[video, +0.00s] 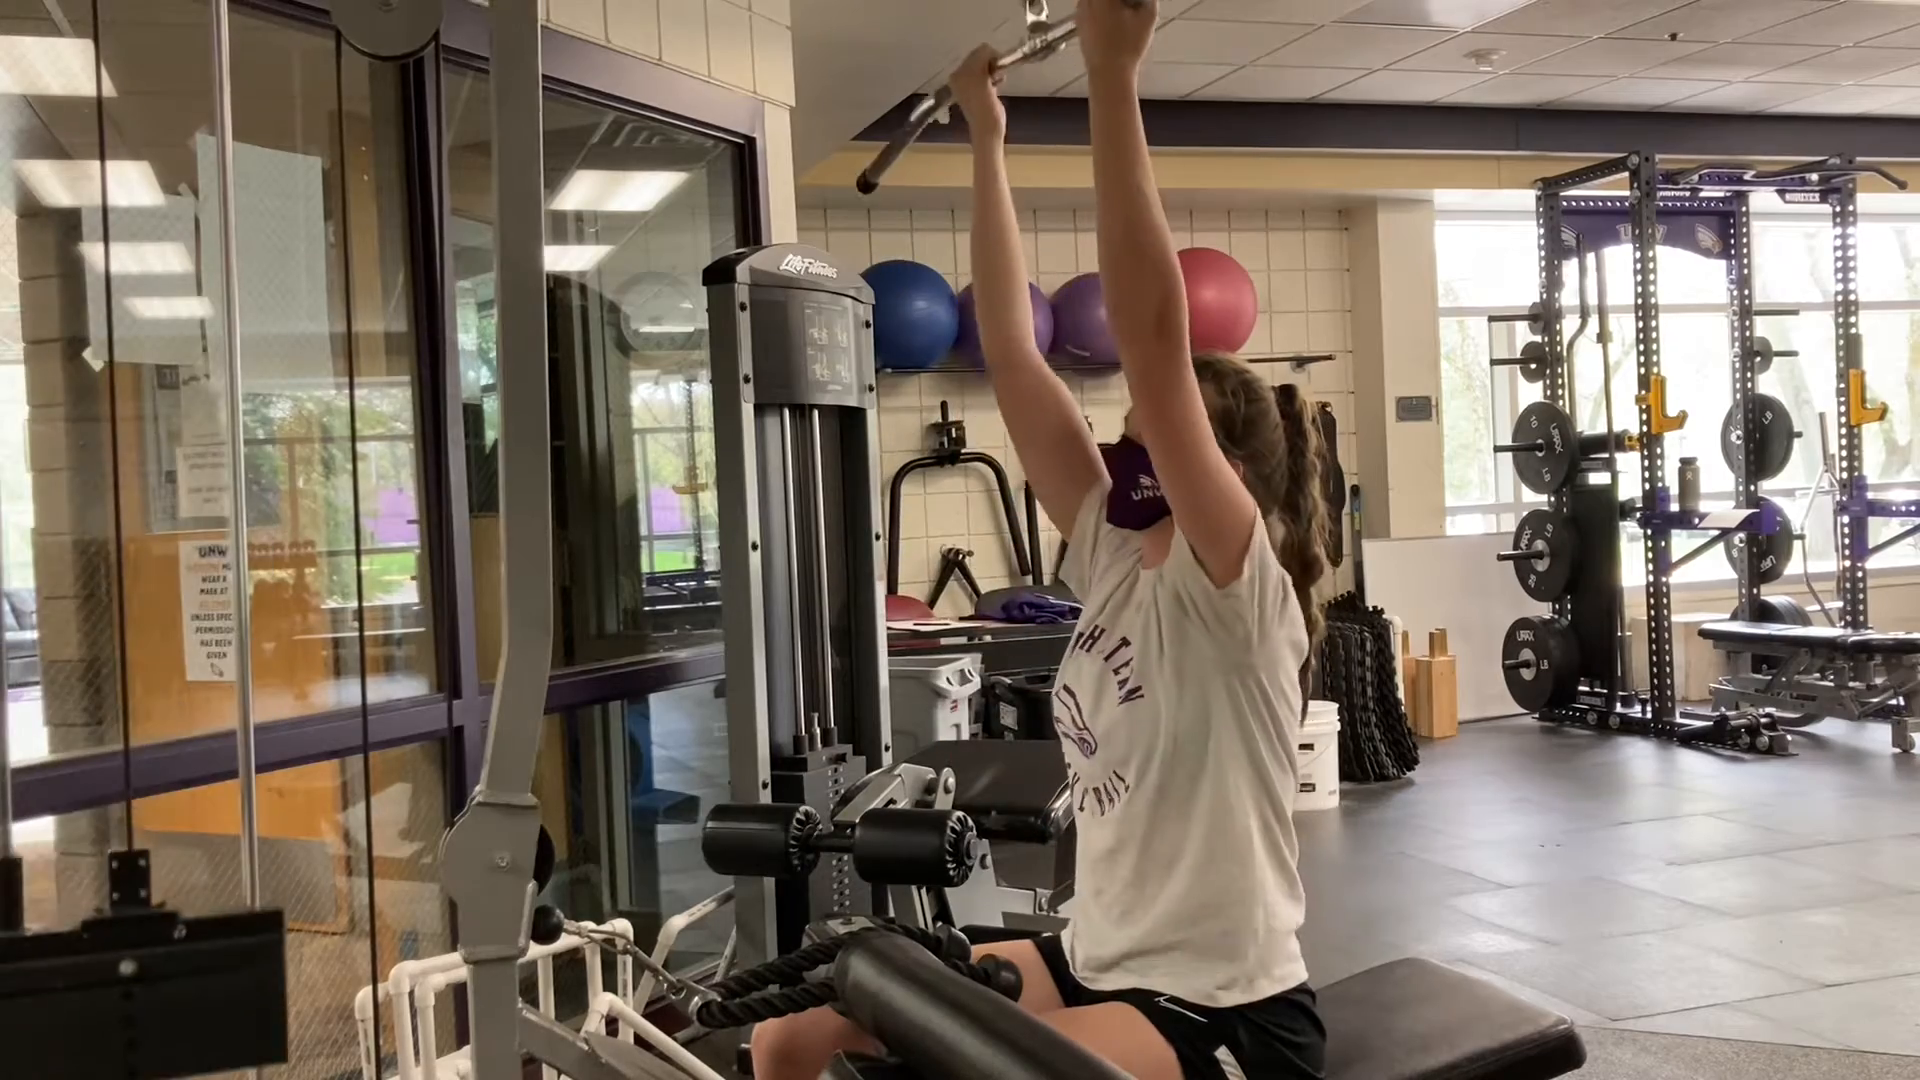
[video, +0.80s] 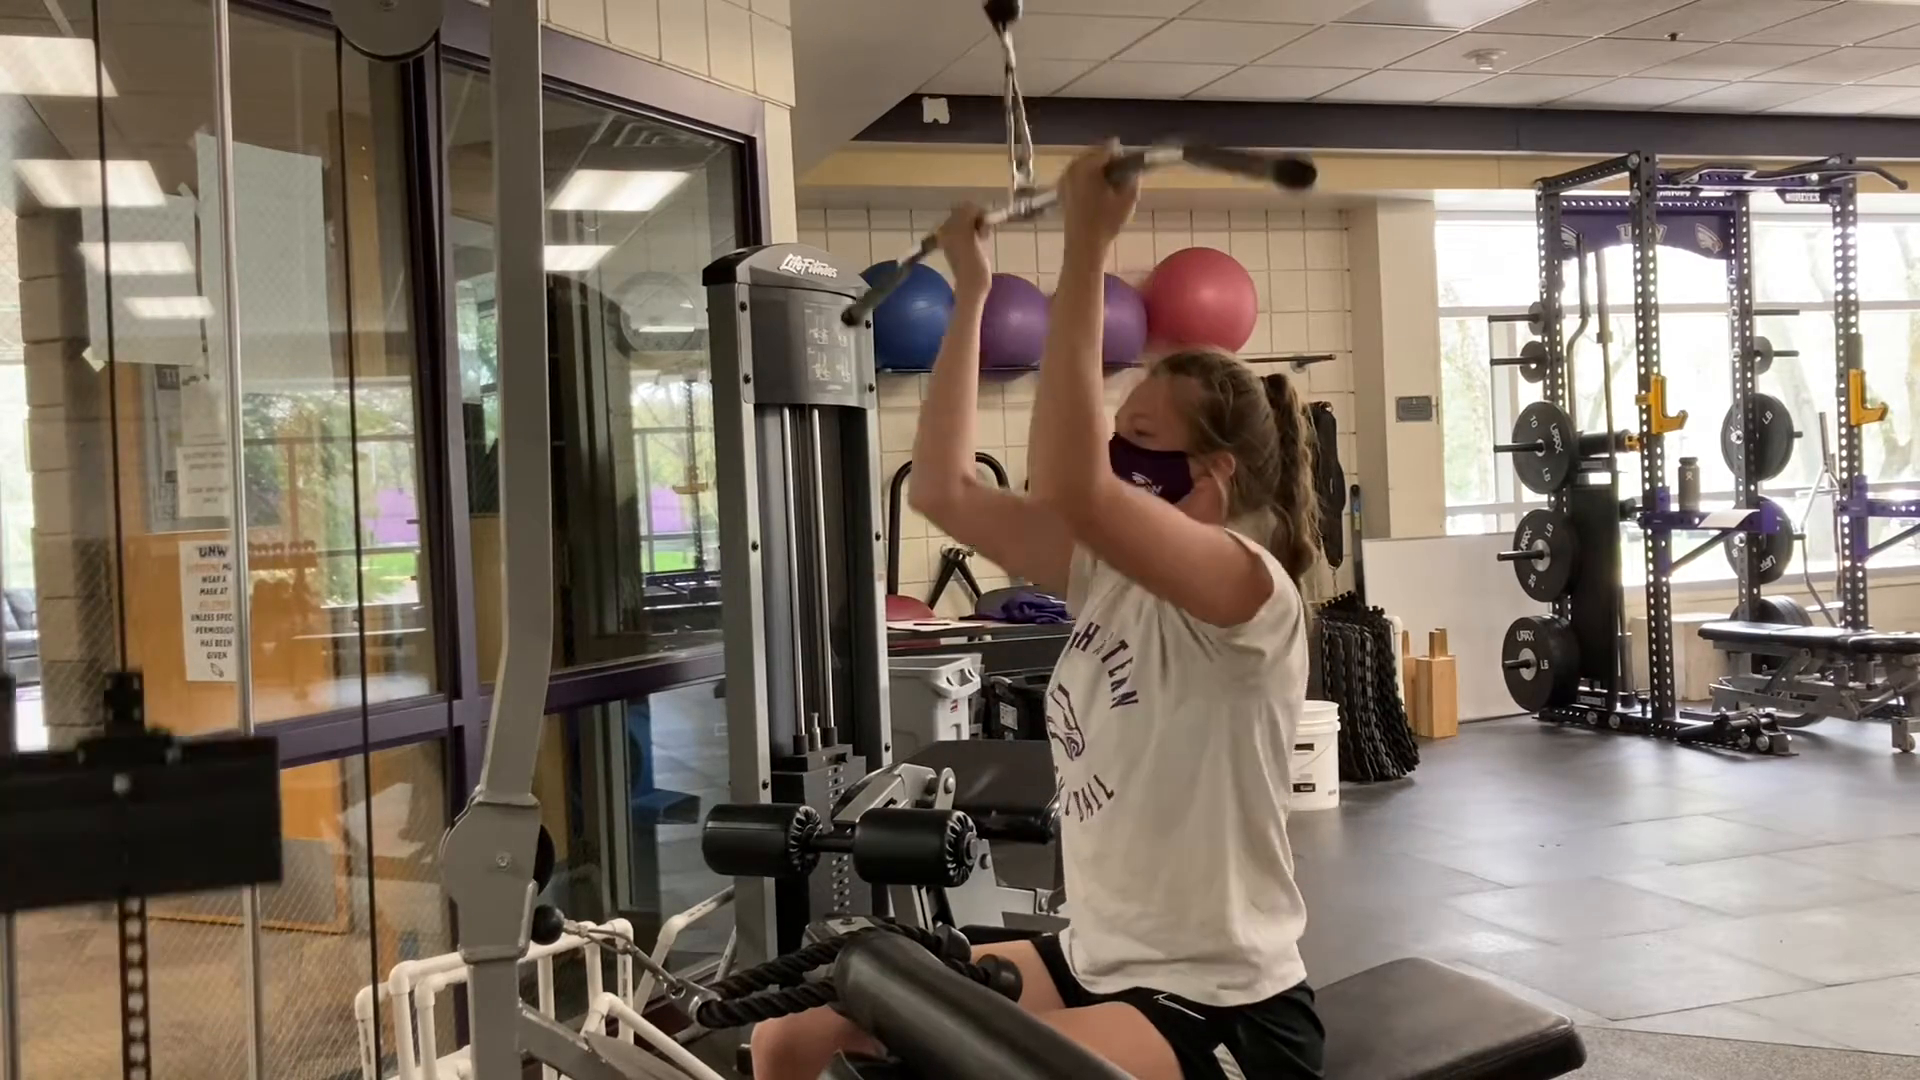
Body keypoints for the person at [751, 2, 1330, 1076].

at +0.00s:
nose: (1141, 436)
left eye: (1174, 412)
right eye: (1147, 415)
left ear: (1230, 452)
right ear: (1147, 436)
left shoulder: (1242, 581)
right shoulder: (1104, 550)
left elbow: (1153, 343)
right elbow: (1011, 349)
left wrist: (1112, 75)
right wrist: (984, 133)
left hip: (1223, 1010)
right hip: (1094, 971)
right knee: (790, 1045)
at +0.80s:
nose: (1112, 465)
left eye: (1139, 453)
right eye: (1112, 443)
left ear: (1213, 480)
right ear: (1096, 436)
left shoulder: (1246, 588)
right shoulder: (1102, 566)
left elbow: (1073, 488)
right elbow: (942, 488)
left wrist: (1086, 243)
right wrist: (971, 293)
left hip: (1224, 1007)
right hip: (1095, 963)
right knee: (789, 1038)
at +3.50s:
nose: (1132, 451)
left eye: (1157, 425)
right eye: (1135, 430)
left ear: (1227, 458)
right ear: (1158, 451)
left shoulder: (1242, 576)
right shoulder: (1106, 543)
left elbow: (1117, 363)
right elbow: (1000, 392)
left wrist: (1094, 111)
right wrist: (991, 180)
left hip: (1222, 1008)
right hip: (1096, 967)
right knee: (792, 1040)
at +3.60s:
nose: (1111, 418)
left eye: (1135, 410)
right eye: (1120, 403)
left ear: (1211, 464)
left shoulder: (1241, 576)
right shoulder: (1109, 550)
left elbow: (1088, 410)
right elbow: (984, 428)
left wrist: (1086, 157)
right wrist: (987, 214)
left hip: (1222, 1007)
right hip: (1095, 963)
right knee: (790, 1039)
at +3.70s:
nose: (1118, 465)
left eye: (1142, 449)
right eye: (1118, 442)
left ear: (1215, 473)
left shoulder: (1245, 581)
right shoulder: (1109, 558)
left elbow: (1075, 444)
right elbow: (972, 453)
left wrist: (1081, 198)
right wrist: (985, 247)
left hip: (1222, 1003)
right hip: (1092, 959)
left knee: (971, 1070)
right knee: (791, 1036)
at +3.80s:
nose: (1112, 467)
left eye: (1140, 452)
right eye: (1112, 442)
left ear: (1216, 475)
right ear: (1097, 433)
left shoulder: (1246, 585)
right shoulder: (1108, 570)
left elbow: (1066, 503)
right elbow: (952, 500)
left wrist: (1075, 265)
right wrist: (981, 306)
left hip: (1226, 1004)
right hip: (1097, 960)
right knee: (790, 1037)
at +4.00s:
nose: (1110, 460)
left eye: (1142, 445)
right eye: (1112, 440)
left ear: (1217, 476)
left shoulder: (1254, 598)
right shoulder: (1105, 586)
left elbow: (1059, 655)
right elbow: (949, 637)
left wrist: (1075, 431)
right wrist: (970, 455)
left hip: (1225, 1004)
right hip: (1096, 962)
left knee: (949, 1061)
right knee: (791, 1037)